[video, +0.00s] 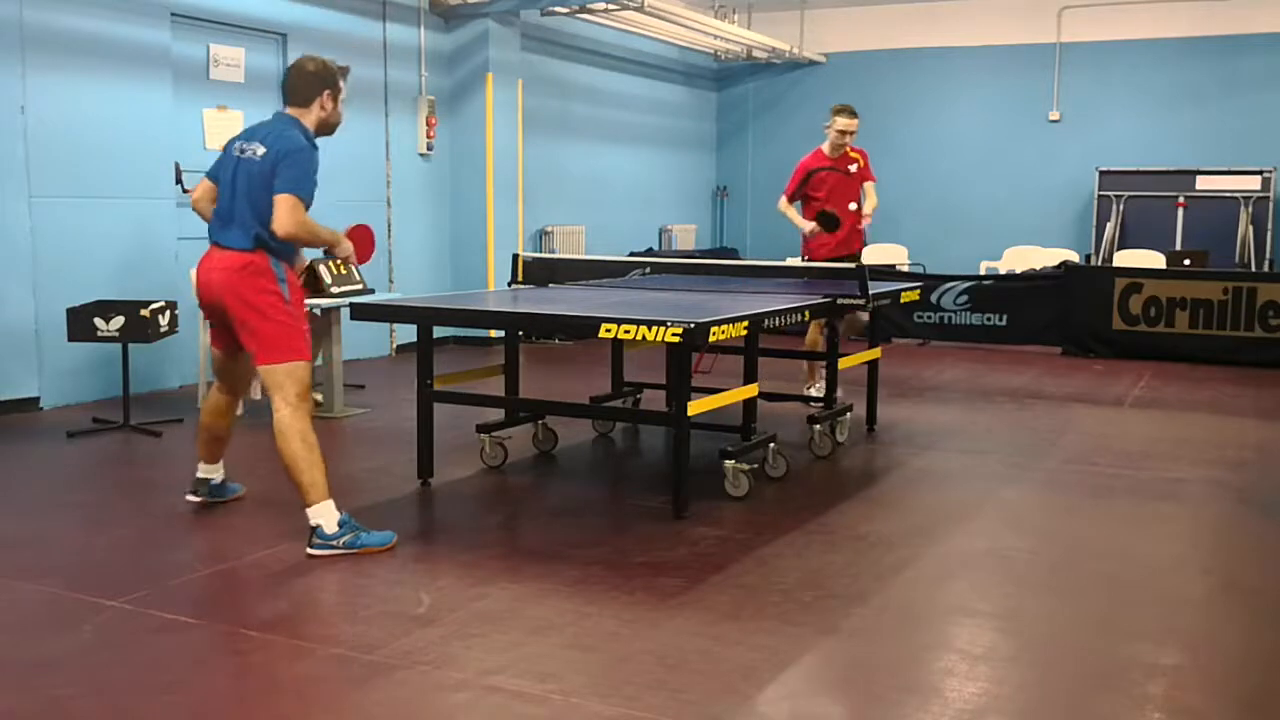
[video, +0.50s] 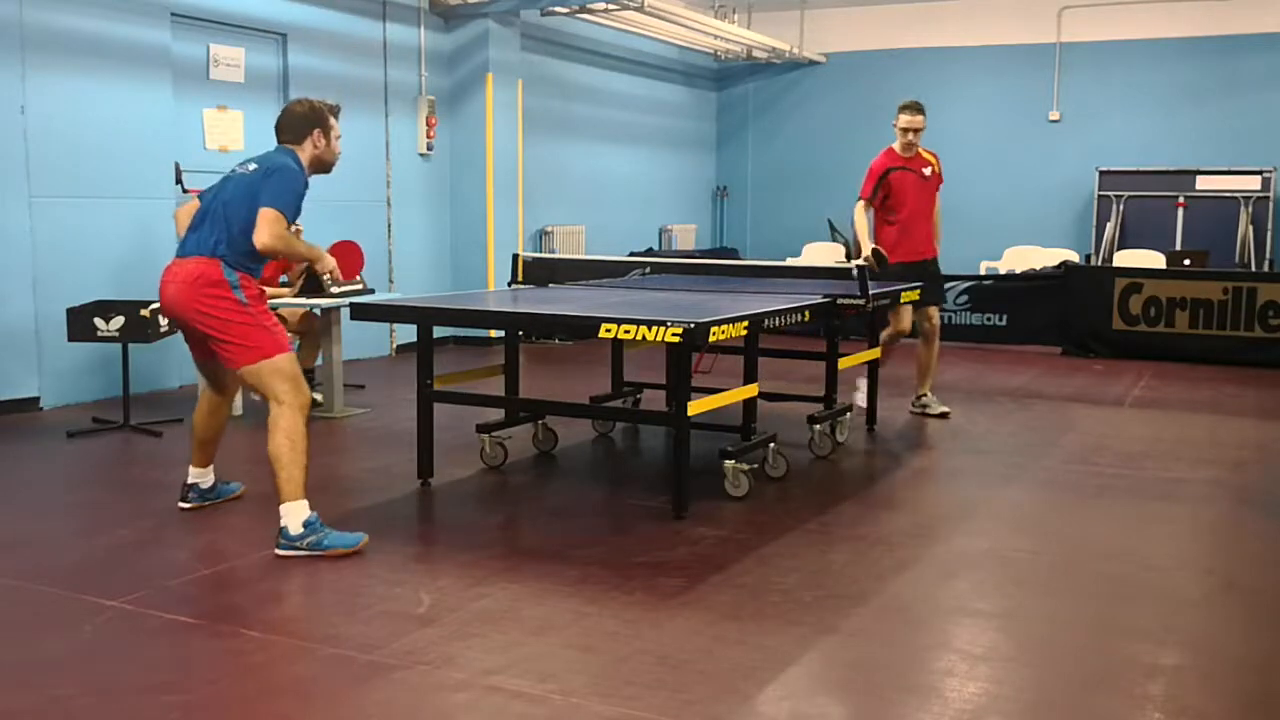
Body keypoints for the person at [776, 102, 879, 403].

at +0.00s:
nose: (846, 139)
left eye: (851, 134)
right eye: (840, 132)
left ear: (856, 133)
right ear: (828, 129)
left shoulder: (858, 157)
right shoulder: (810, 163)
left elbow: (870, 193)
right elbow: (784, 203)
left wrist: (866, 210)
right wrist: (802, 224)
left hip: (851, 252)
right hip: (820, 254)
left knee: (856, 317)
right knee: (819, 321)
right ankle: (813, 382)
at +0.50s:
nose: (910, 137)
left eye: (917, 131)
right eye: (905, 131)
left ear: (924, 130)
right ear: (895, 128)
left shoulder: (931, 161)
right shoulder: (883, 163)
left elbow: (934, 203)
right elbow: (861, 208)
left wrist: (936, 242)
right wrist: (866, 245)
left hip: (926, 259)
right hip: (894, 262)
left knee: (931, 324)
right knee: (901, 326)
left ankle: (923, 394)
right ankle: (865, 376)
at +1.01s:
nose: (898, 147)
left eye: (902, 139)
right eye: (893, 142)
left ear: (918, 131)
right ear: (891, 141)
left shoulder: (950, 158)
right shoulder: (902, 173)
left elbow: (968, 205)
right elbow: (906, 217)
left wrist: (944, 244)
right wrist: (898, 241)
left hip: (954, 260)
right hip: (922, 264)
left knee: (953, 328)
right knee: (930, 332)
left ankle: (969, 381)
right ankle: (954, 403)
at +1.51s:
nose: (860, 186)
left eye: (858, 178)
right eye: (856, 181)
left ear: (871, 164)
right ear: (874, 162)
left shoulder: (895, 176)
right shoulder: (914, 170)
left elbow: (899, 232)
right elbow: (936, 230)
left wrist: (872, 257)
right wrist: (902, 251)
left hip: (952, 255)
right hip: (973, 250)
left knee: (931, 334)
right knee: (953, 332)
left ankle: (925, 411)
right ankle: (959, 405)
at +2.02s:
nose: (859, 226)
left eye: (855, 218)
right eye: (854, 222)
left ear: (863, 203)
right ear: (871, 196)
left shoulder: (884, 208)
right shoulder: (909, 196)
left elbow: (879, 267)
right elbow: (915, 254)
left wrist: (842, 272)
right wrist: (879, 263)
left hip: (952, 266)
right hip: (987, 254)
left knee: (923, 336)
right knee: (994, 341)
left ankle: (925, 412)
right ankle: (1019, 415)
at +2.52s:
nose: (873, 219)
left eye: (870, 212)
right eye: (868, 214)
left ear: (882, 197)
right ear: (889, 191)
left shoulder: (896, 210)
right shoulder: (931, 188)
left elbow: (882, 269)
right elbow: (925, 249)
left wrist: (844, 271)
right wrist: (892, 254)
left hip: (955, 276)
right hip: (994, 266)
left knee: (918, 338)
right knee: (998, 345)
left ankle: (924, 414)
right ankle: (1021, 417)